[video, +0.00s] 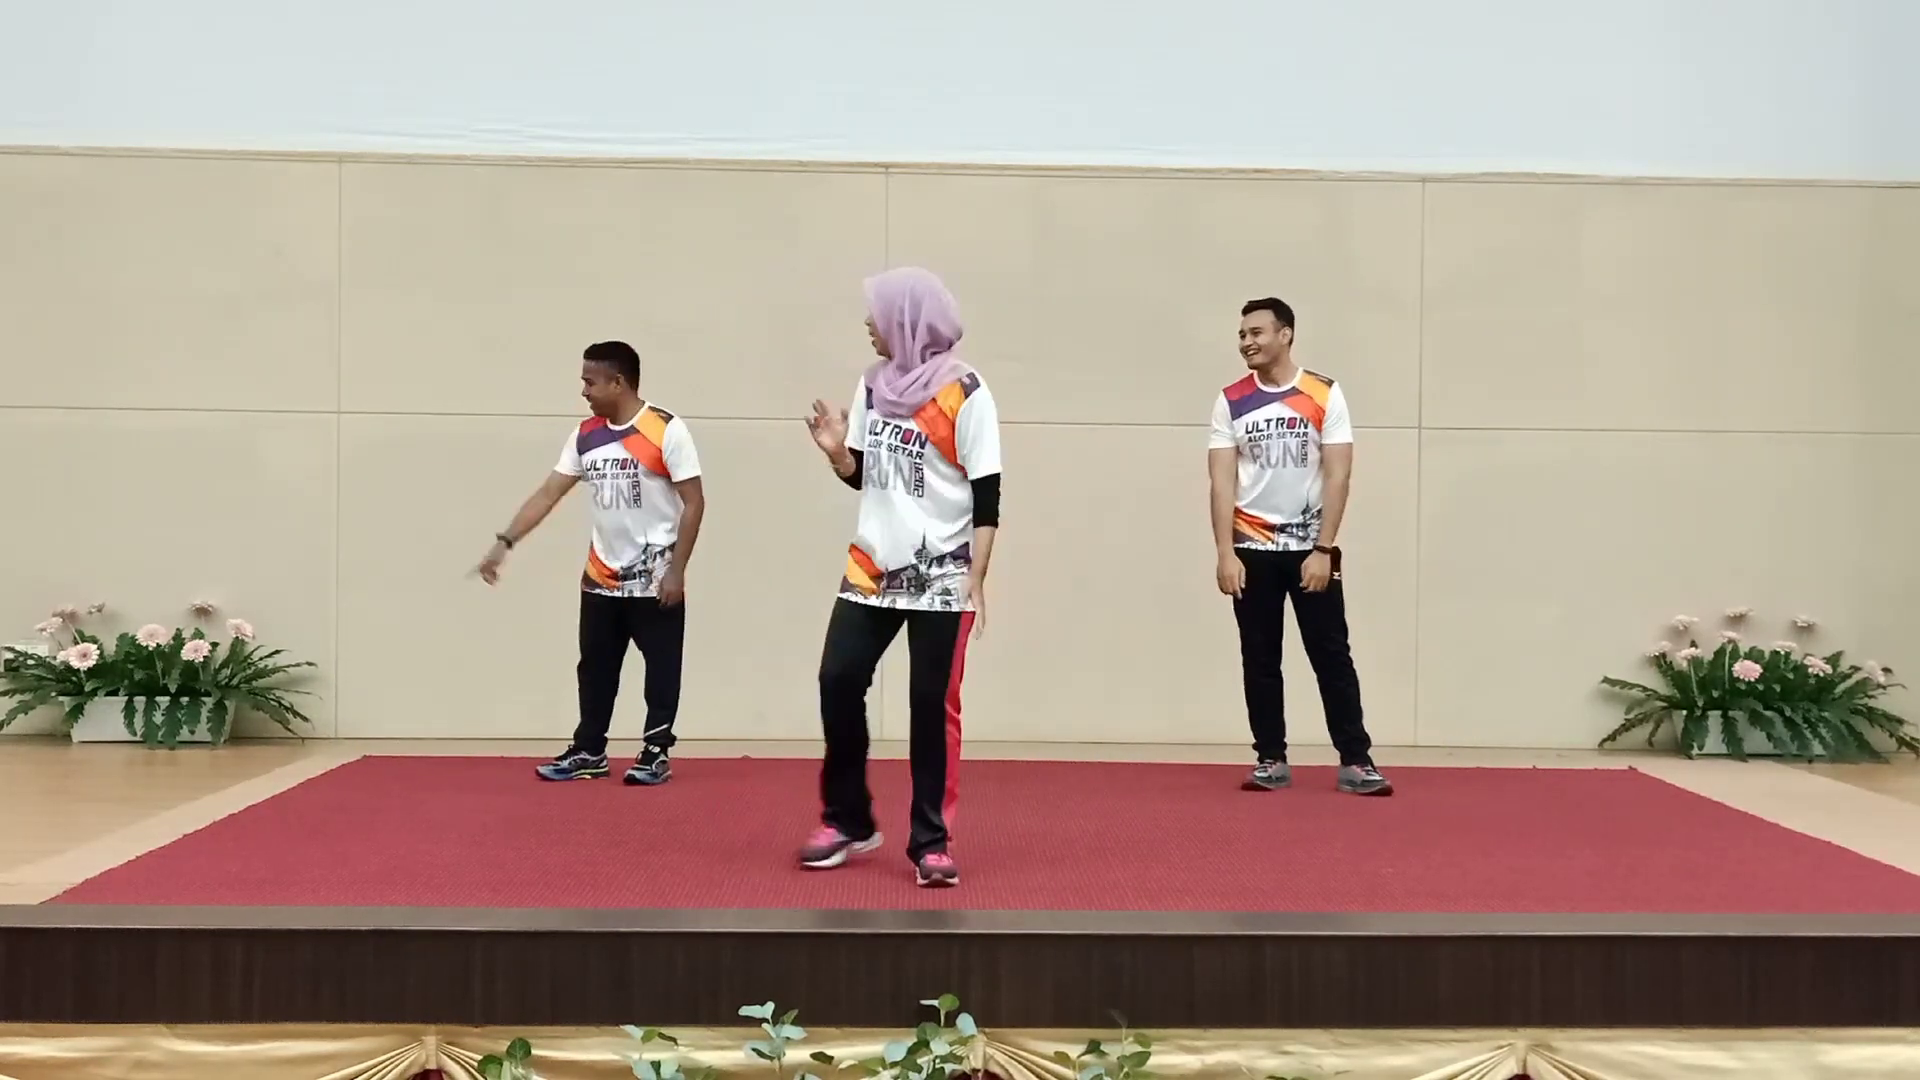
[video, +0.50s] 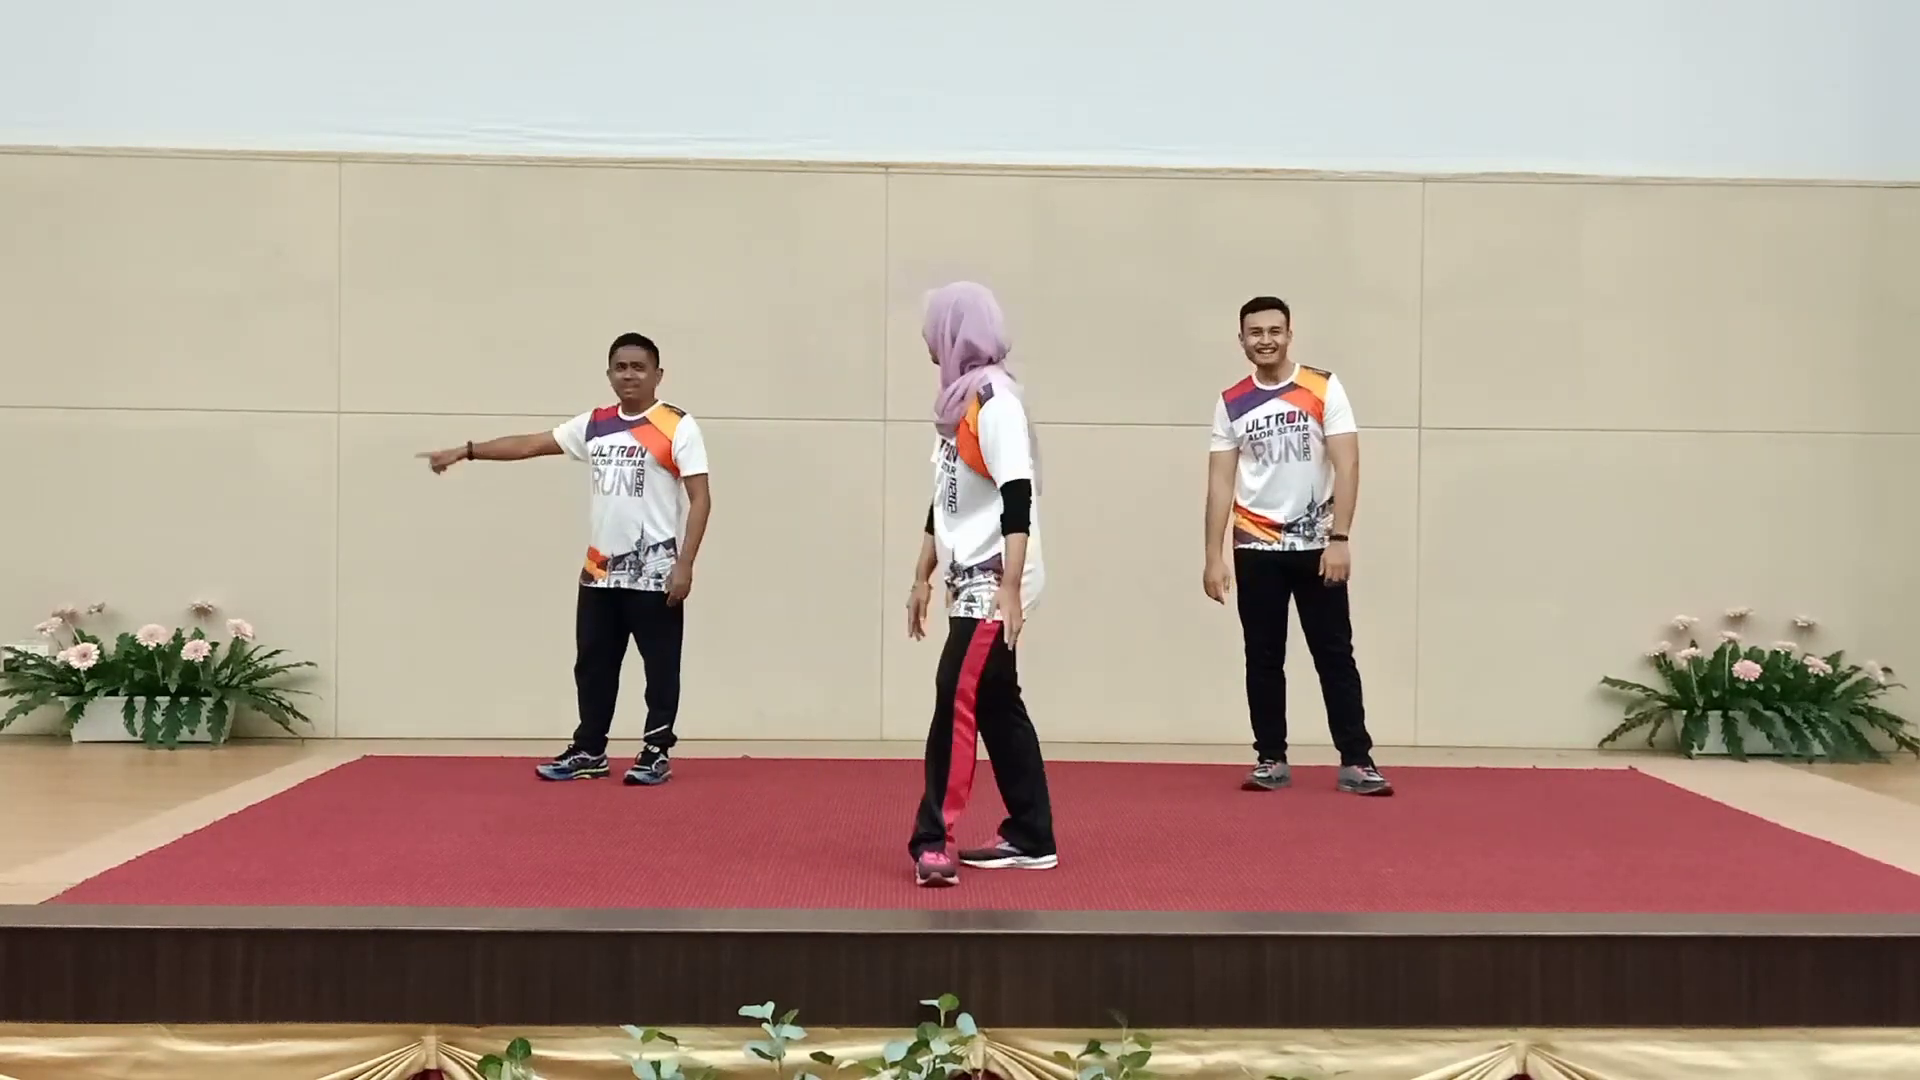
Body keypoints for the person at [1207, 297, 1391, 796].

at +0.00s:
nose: (1247, 342)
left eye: (1256, 333)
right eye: (1243, 334)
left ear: (1286, 336)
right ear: (1242, 341)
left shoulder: (1325, 396)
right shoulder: (1231, 401)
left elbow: (1338, 476)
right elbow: (1222, 482)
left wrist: (1325, 549)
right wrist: (1225, 551)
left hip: (1311, 549)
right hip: (1253, 551)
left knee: (1332, 658)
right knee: (1259, 661)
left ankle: (1356, 762)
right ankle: (1271, 760)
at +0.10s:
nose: (1249, 339)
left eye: (1259, 331)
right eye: (1245, 332)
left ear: (1288, 336)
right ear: (1242, 339)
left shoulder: (1326, 395)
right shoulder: (1232, 401)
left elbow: (1341, 476)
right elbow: (1223, 483)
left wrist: (1323, 549)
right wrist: (1224, 554)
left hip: (1313, 550)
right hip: (1254, 552)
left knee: (1333, 659)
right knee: (1261, 662)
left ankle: (1356, 762)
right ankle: (1271, 761)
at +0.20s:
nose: (1250, 340)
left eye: (1261, 332)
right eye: (1246, 331)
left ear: (1289, 337)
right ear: (1242, 337)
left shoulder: (1327, 394)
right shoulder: (1232, 402)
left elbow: (1342, 475)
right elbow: (1223, 484)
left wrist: (1326, 548)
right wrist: (1222, 555)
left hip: (1314, 550)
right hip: (1254, 552)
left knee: (1334, 659)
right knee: (1262, 661)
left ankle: (1356, 762)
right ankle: (1271, 760)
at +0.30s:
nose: (1261, 341)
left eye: (1271, 332)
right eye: (1252, 333)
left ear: (1291, 336)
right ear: (1244, 338)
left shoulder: (1326, 392)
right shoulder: (1232, 403)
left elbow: (1343, 473)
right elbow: (1222, 485)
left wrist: (1333, 545)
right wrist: (1219, 553)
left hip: (1315, 548)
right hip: (1255, 551)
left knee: (1335, 658)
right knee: (1263, 660)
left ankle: (1356, 762)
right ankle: (1271, 761)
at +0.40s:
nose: (1267, 341)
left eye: (1276, 331)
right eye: (1257, 333)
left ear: (1291, 336)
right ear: (1244, 340)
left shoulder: (1326, 390)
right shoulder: (1232, 403)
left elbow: (1344, 469)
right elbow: (1221, 484)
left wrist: (1336, 541)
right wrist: (1217, 553)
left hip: (1315, 547)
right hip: (1256, 550)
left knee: (1336, 657)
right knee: (1263, 660)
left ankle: (1356, 762)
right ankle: (1271, 761)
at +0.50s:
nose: (1266, 340)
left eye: (1275, 331)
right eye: (1256, 332)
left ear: (1290, 335)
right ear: (1242, 340)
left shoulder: (1324, 389)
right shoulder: (1231, 403)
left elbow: (1346, 465)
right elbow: (1221, 483)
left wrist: (1341, 537)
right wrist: (1214, 554)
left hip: (1315, 547)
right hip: (1256, 551)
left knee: (1335, 657)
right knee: (1263, 660)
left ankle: (1356, 762)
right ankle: (1271, 760)